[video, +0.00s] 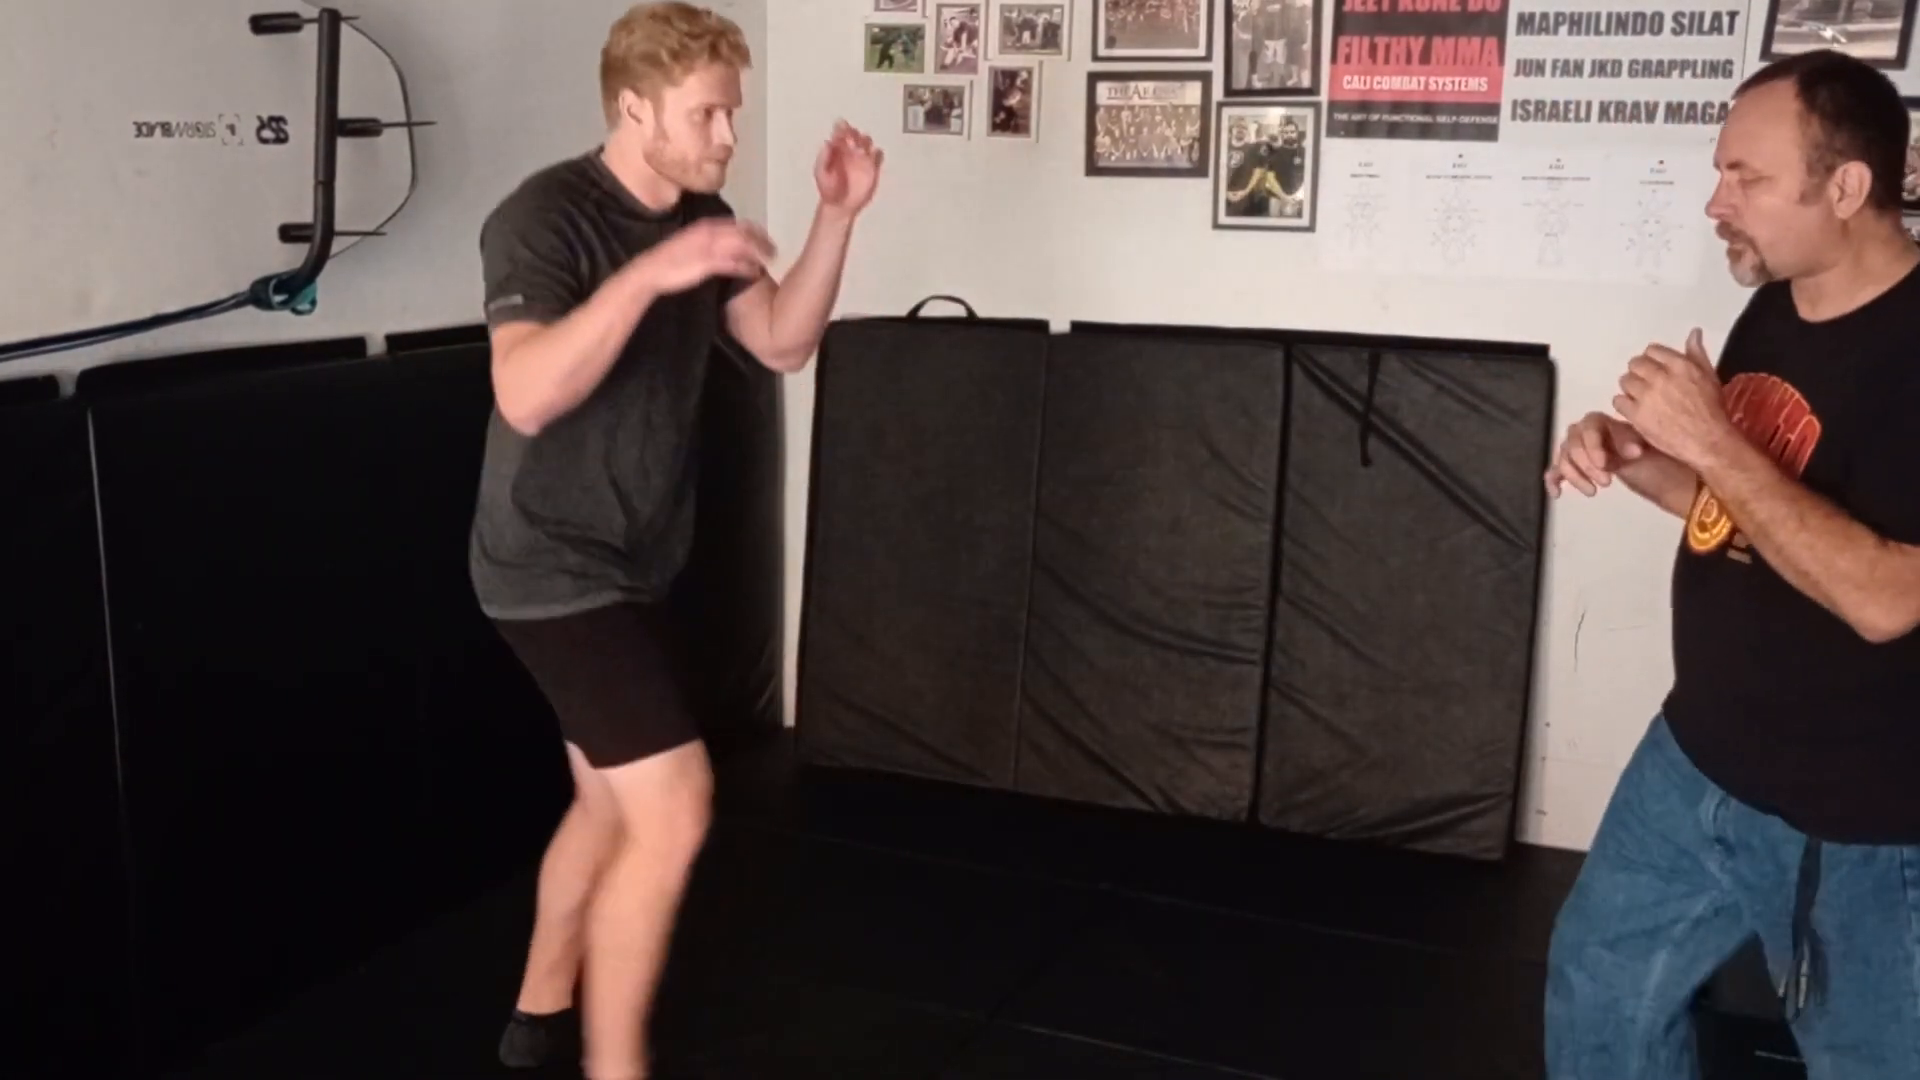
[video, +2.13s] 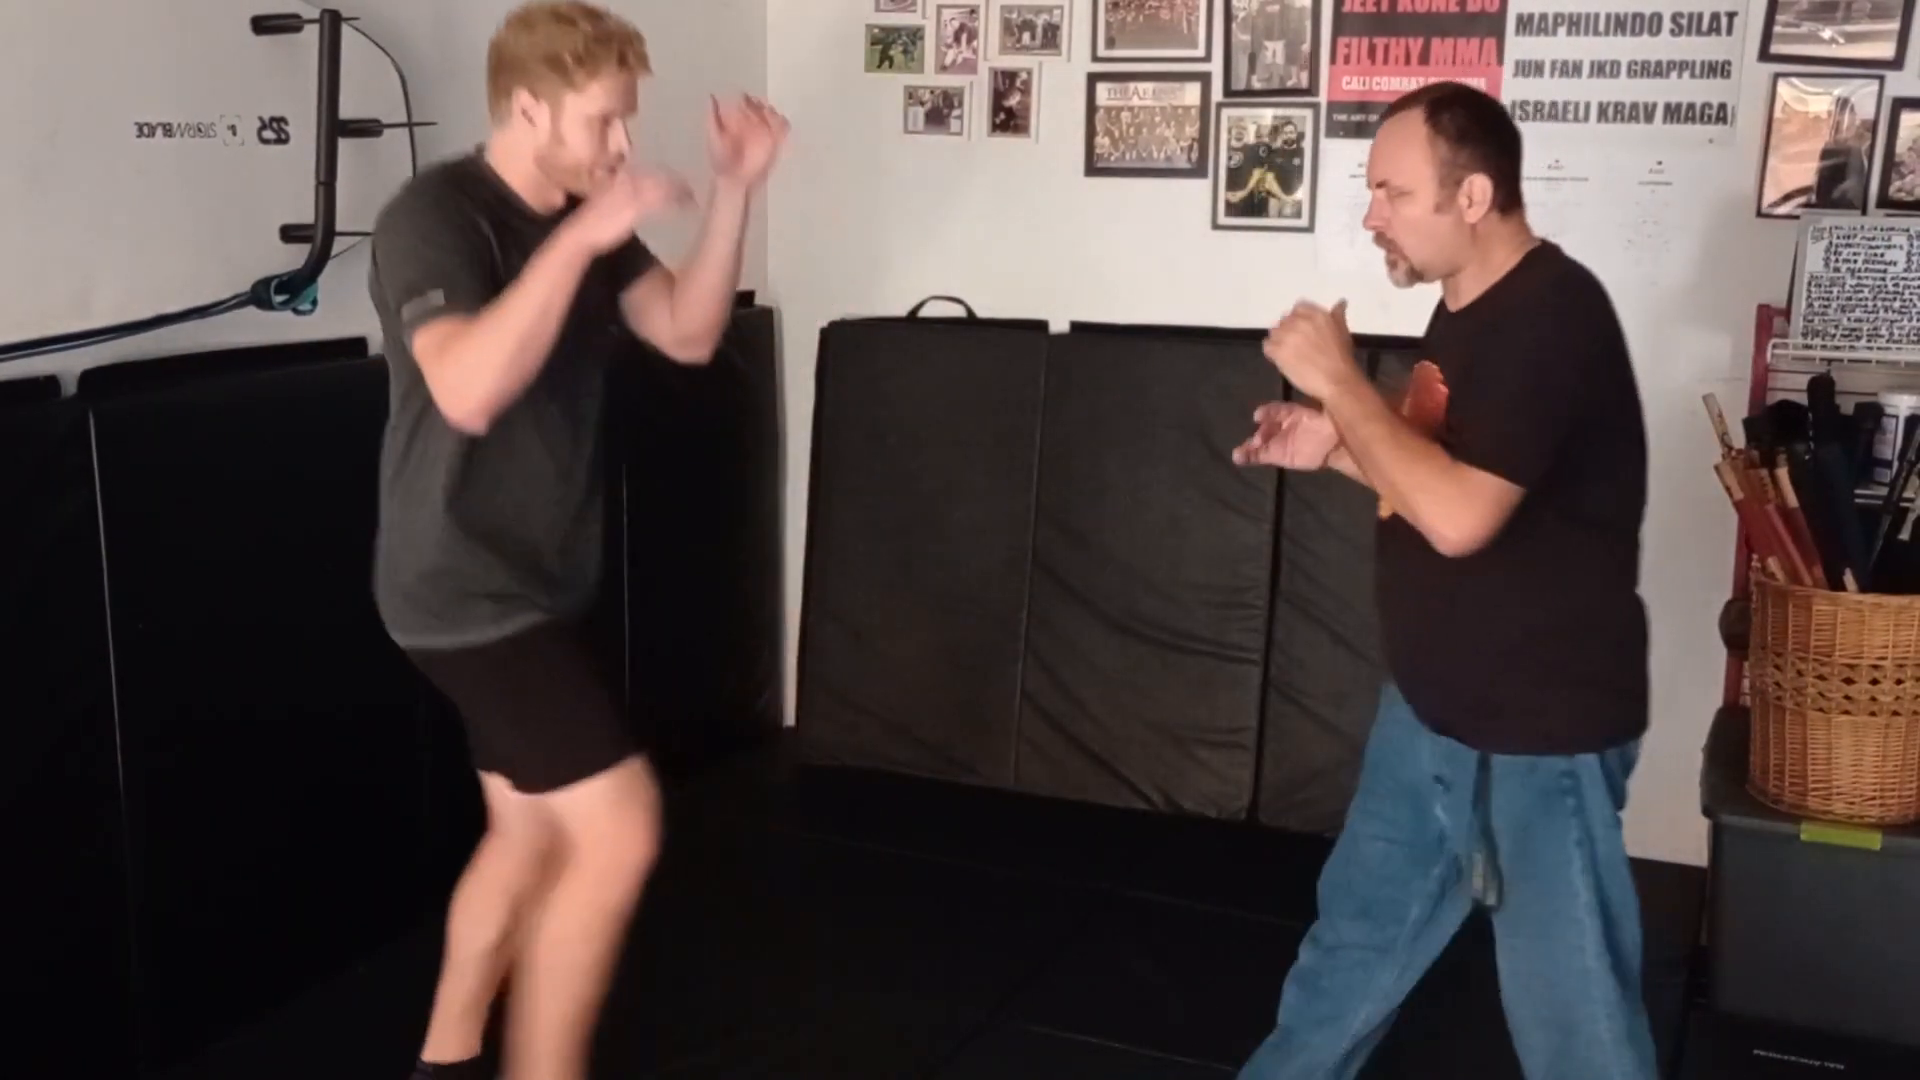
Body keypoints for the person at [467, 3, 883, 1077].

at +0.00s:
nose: (730, 136)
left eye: (733, 113)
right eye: (710, 115)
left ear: (690, 115)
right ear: (635, 112)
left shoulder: (694, 225)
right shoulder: (542, 217)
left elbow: (782, 341)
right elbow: (527, 394)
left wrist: (836, 216)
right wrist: (652, 273)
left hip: (639, 565)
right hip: (549, 572)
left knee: (607, 804)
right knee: (672, 806)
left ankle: (538, 1023)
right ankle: (613, 1068)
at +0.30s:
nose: (684, 176)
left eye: (689, 152)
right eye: (664, 152)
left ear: (685, 145)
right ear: (590, 141)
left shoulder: (653, 256)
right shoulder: (489, 244)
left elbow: (702, 398)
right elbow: (472, 422)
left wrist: (768, 338)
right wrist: (600, 295)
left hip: (579, 593)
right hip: (489, 597)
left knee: (504, 816)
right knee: (569, 845)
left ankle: (419, 988)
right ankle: (480, 1072)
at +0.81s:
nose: (695, 163)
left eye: (702, 140)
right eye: (677, 139)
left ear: (627, 133)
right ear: (601, 127)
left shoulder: (664, 245)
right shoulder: (502, 237)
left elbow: (748, 364)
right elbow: (451, 416)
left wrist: (791, 232)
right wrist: (568, 276)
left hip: (627, 591)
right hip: (543, 599)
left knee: (613, 842)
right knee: (703, 832)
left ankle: (499, 1048)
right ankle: (575, 1057)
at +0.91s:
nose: (706, 174)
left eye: (714, 152)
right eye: (688, 151)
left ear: (711, 148)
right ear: (613, 140)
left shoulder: (681, 258)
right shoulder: (516, 256)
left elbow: (766, 393)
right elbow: (490, 429)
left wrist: (783, 244)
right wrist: (593, 275)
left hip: (661, 603)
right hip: (580, 619)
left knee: (644, 842)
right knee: (764, 829)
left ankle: (504, 1047)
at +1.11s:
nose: (769, 197)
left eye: (779, 175)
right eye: (752, 175)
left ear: (778, 173)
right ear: (679, 163)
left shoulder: (729, 271)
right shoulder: (597, 271)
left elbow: (832, 397)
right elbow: (646, 430)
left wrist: (832, 252)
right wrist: (716, 261)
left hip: (718, 624)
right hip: (677, 638)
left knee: (667, 857)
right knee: (823, 892)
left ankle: (510, 1041)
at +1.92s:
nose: (686, 208)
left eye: (688, 182)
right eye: (669, 185)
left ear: (616, 183)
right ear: (593, 181)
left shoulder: (634, 289)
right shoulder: (488, 303)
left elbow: (710, 429)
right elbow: (516, 494)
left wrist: (781, 309)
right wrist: (638, 360)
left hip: (630, 649)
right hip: (562, 671)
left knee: (614, 884)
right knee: (738, 893)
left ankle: (454, 1068)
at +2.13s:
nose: (623, 142)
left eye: (627, 119)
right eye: (605, 119)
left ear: (577, 117)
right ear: (530, 110)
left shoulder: (582, 221)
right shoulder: (427, 218)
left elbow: (687, 332)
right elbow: (465, 391)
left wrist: (734, 191)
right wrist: (580, 240)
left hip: (549, 581)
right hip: (458, 592)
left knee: (525, 833)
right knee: (617, 829)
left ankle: (445, 1058)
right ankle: (542, 1071)